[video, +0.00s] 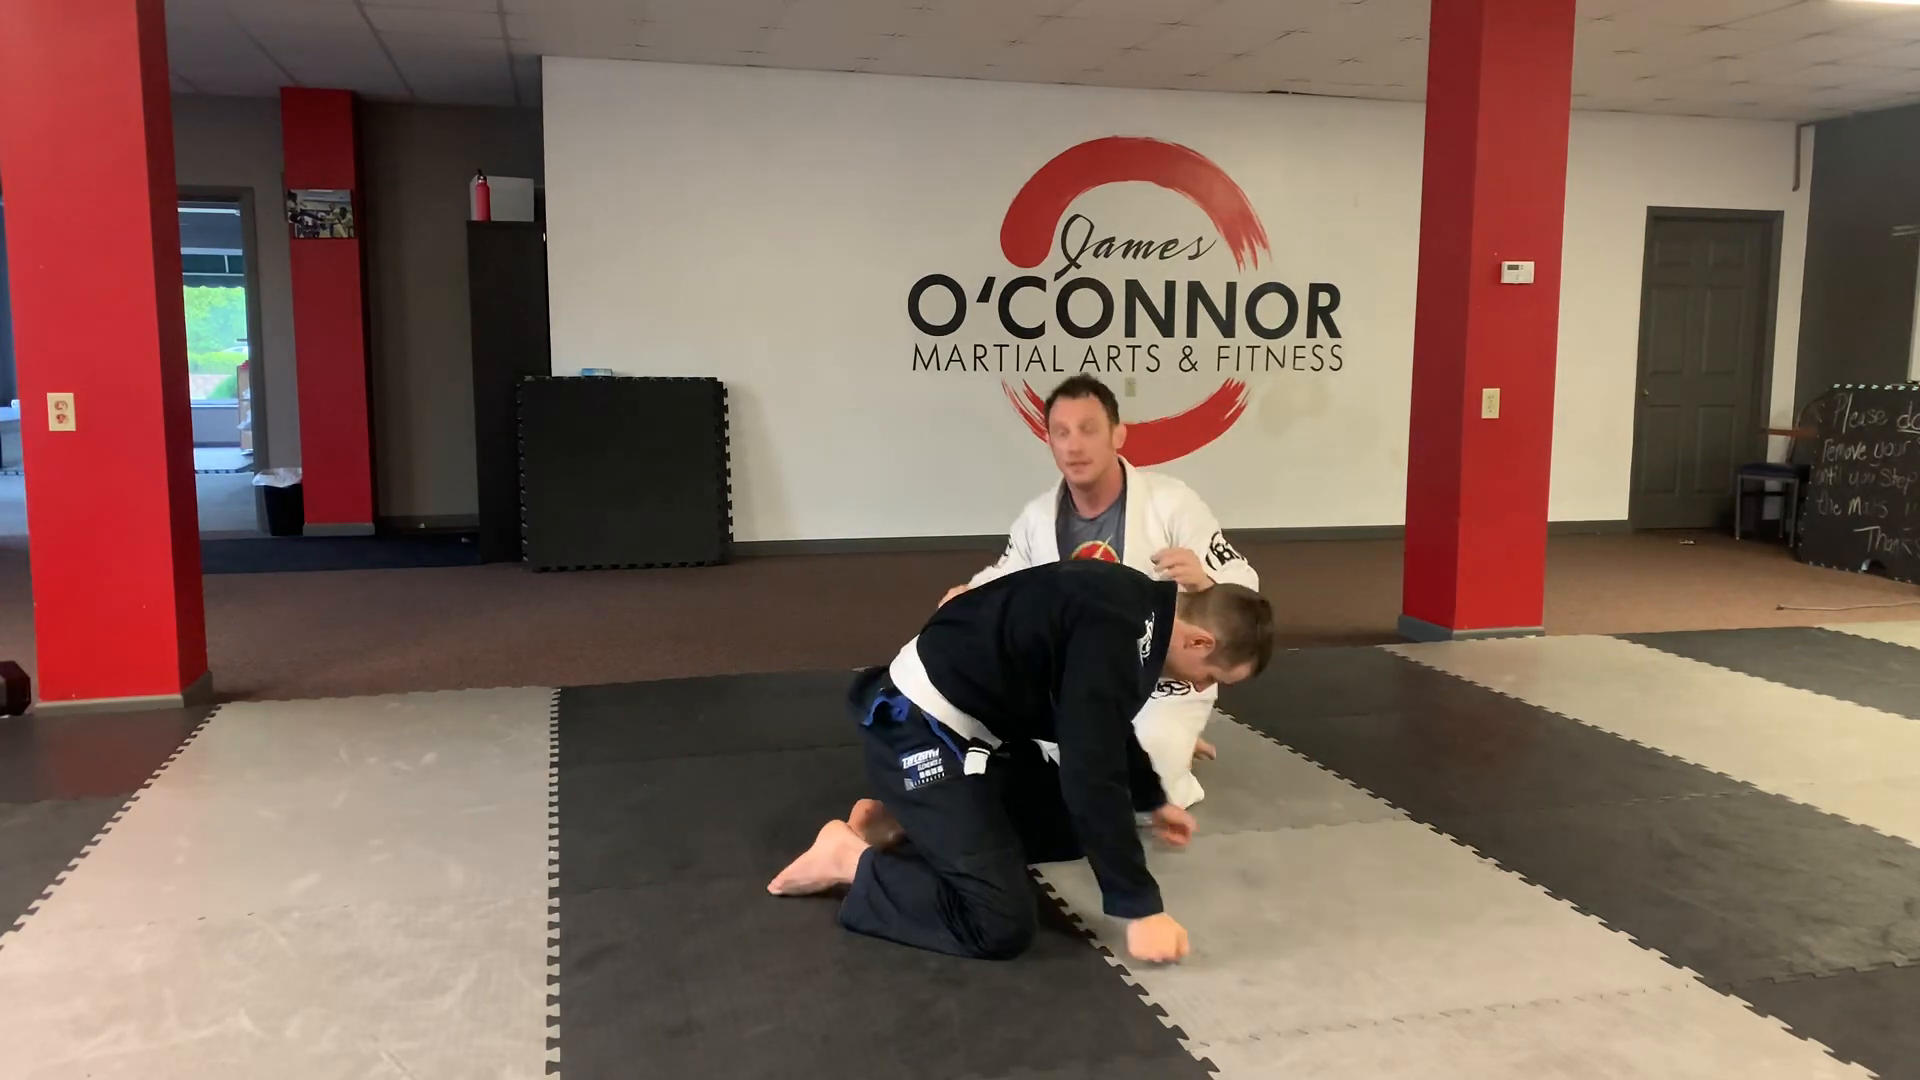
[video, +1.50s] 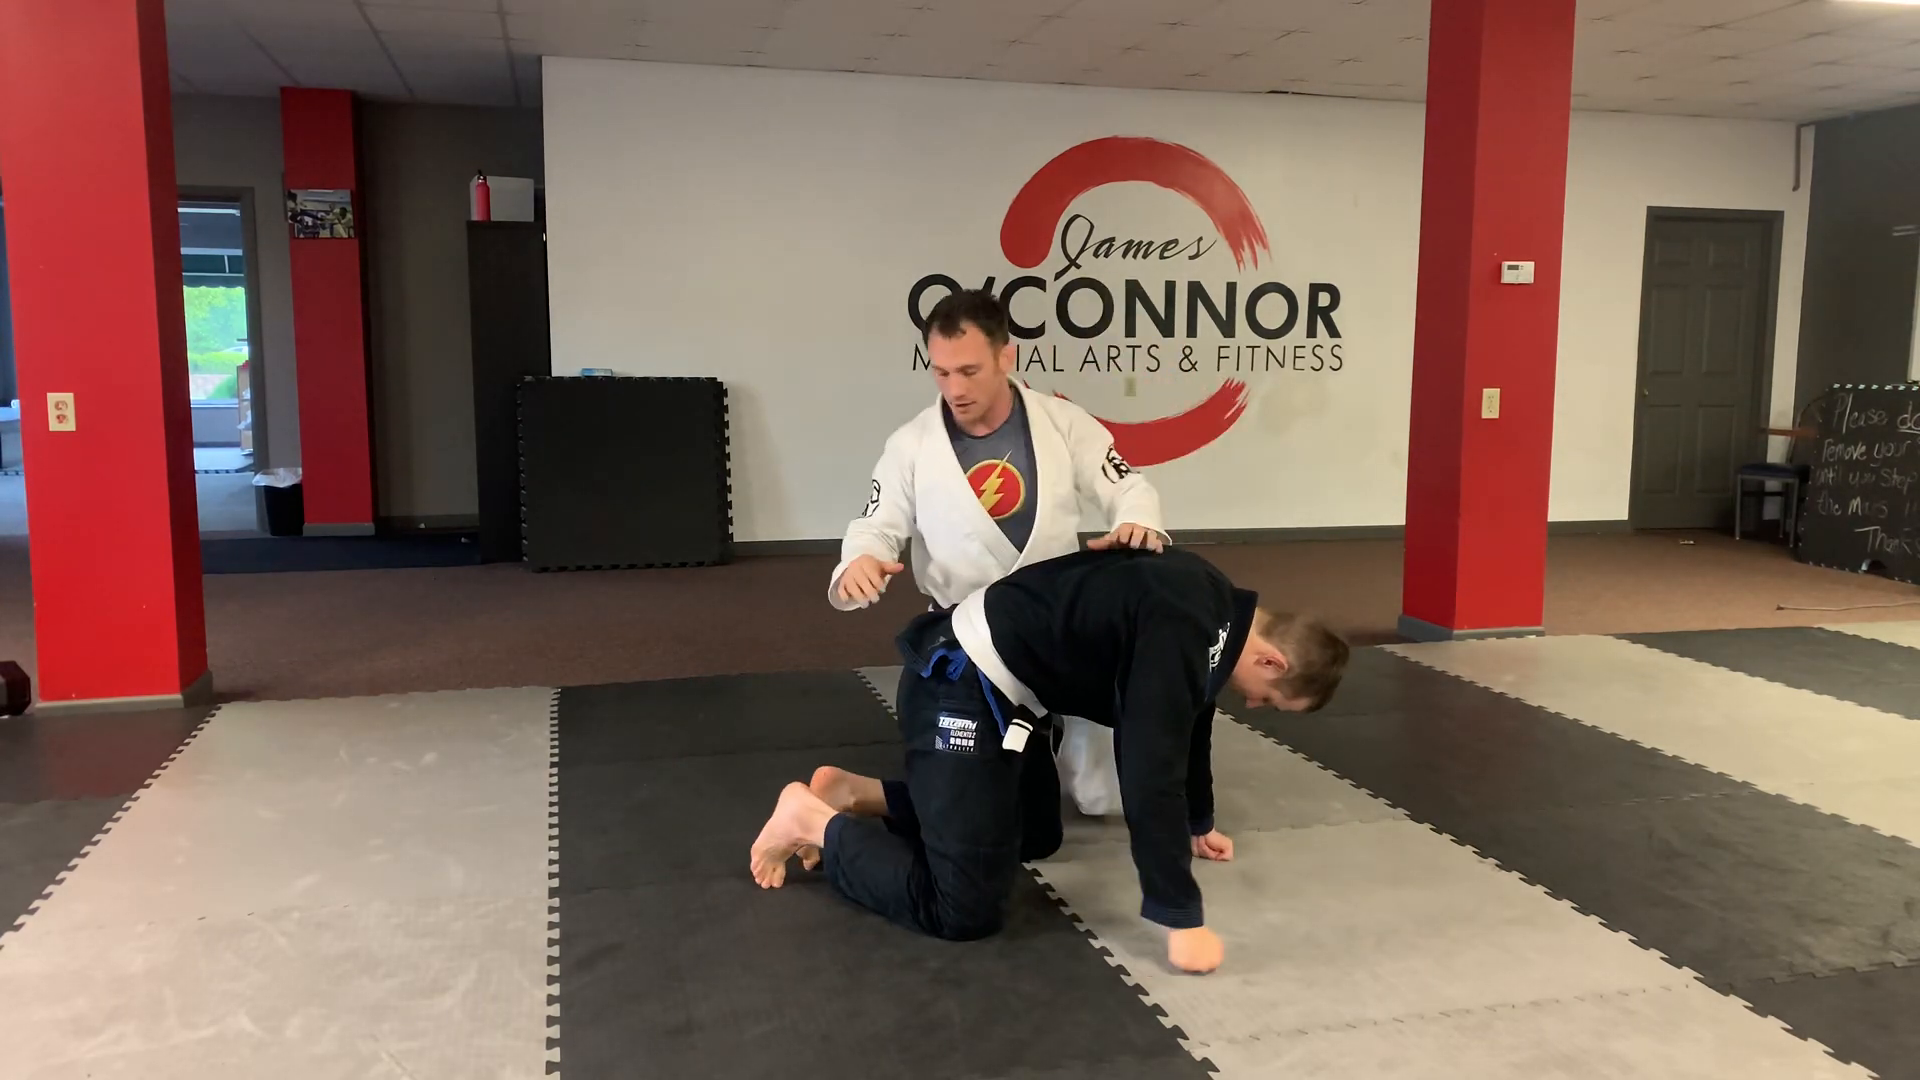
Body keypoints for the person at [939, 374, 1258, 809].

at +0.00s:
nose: (1074, 446)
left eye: (1088, 430)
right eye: (1062, 433)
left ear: (1118, 435)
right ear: (1049, 442)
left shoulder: (1172, 503)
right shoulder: (1037, 518)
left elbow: (1246, 582)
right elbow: (1008, 573)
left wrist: (1207, 581)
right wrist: (972, 591)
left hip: (1172, 670)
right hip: (1079, 669)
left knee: (1148, 746)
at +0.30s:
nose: (1082, 377)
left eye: (1098, 363)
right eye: (1070, 364)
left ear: (1127, 376)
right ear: (1055, 379)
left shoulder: (1170, 450)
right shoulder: (1026, 463)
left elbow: (1245, 541)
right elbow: (991, 532)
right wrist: (975, 562)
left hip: (1148, 650)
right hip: (1055, 653)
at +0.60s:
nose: (1107, 365)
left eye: (1124, 349)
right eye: (1097, 349)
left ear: (1164, 353)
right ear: (1088, 352)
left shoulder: (1193, 425)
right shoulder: (1053, 432)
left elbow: (1275, 458)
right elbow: (1010, 515)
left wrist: (1199, 390)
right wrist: (1010, 563)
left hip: (1163, 641)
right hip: (1067, 641)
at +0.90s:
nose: (1085, 370)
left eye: (1100, 354)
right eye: (1076, 353)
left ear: (1145, 348)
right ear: (1068, 348)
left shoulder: (1181, 417)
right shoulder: (1043, 431)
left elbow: (1256, 458)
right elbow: (1007, 508)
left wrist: (1182, 388)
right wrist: (991, 544)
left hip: (1154, 638)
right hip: (1058, 640)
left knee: (1131, 811)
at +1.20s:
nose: (1018, 379)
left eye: (1033, 362)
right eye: (1006, 362)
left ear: (1071, 354)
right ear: (996, 355)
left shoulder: (1114, 425)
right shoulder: (970, 443)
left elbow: (1206, 485)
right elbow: (931, 525)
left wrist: (1129, 414)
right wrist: (912, 557)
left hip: (1110, 649)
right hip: (1010, 657)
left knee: (1123, 817)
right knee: (1020, 826)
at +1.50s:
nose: (954, 389)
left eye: (969, 372)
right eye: (942, 373)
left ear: (1007, 358)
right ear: (930, 364)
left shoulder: (1064, 423)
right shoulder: (910, 449)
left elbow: (1127, 487)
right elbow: (878, 526)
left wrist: (1138, 522)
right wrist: (857, 561)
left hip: (1062, 643)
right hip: (970, 653)